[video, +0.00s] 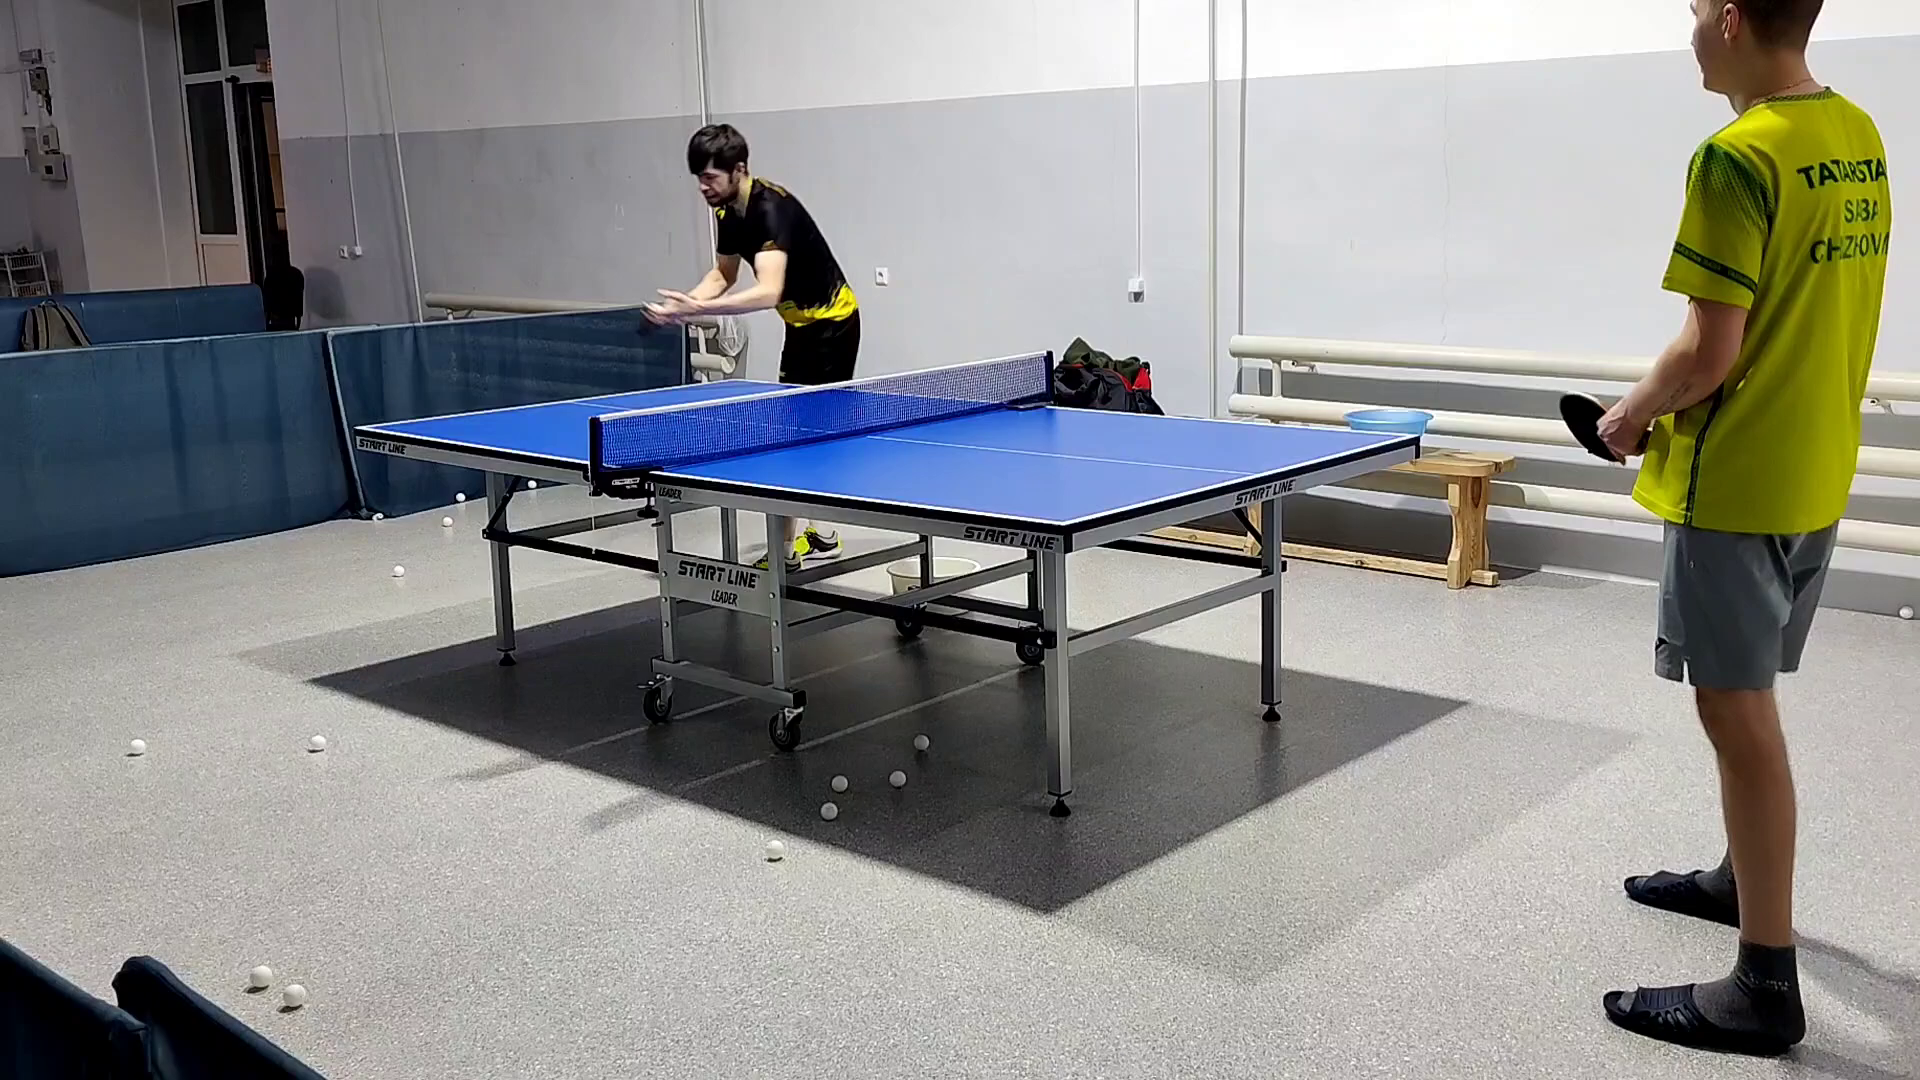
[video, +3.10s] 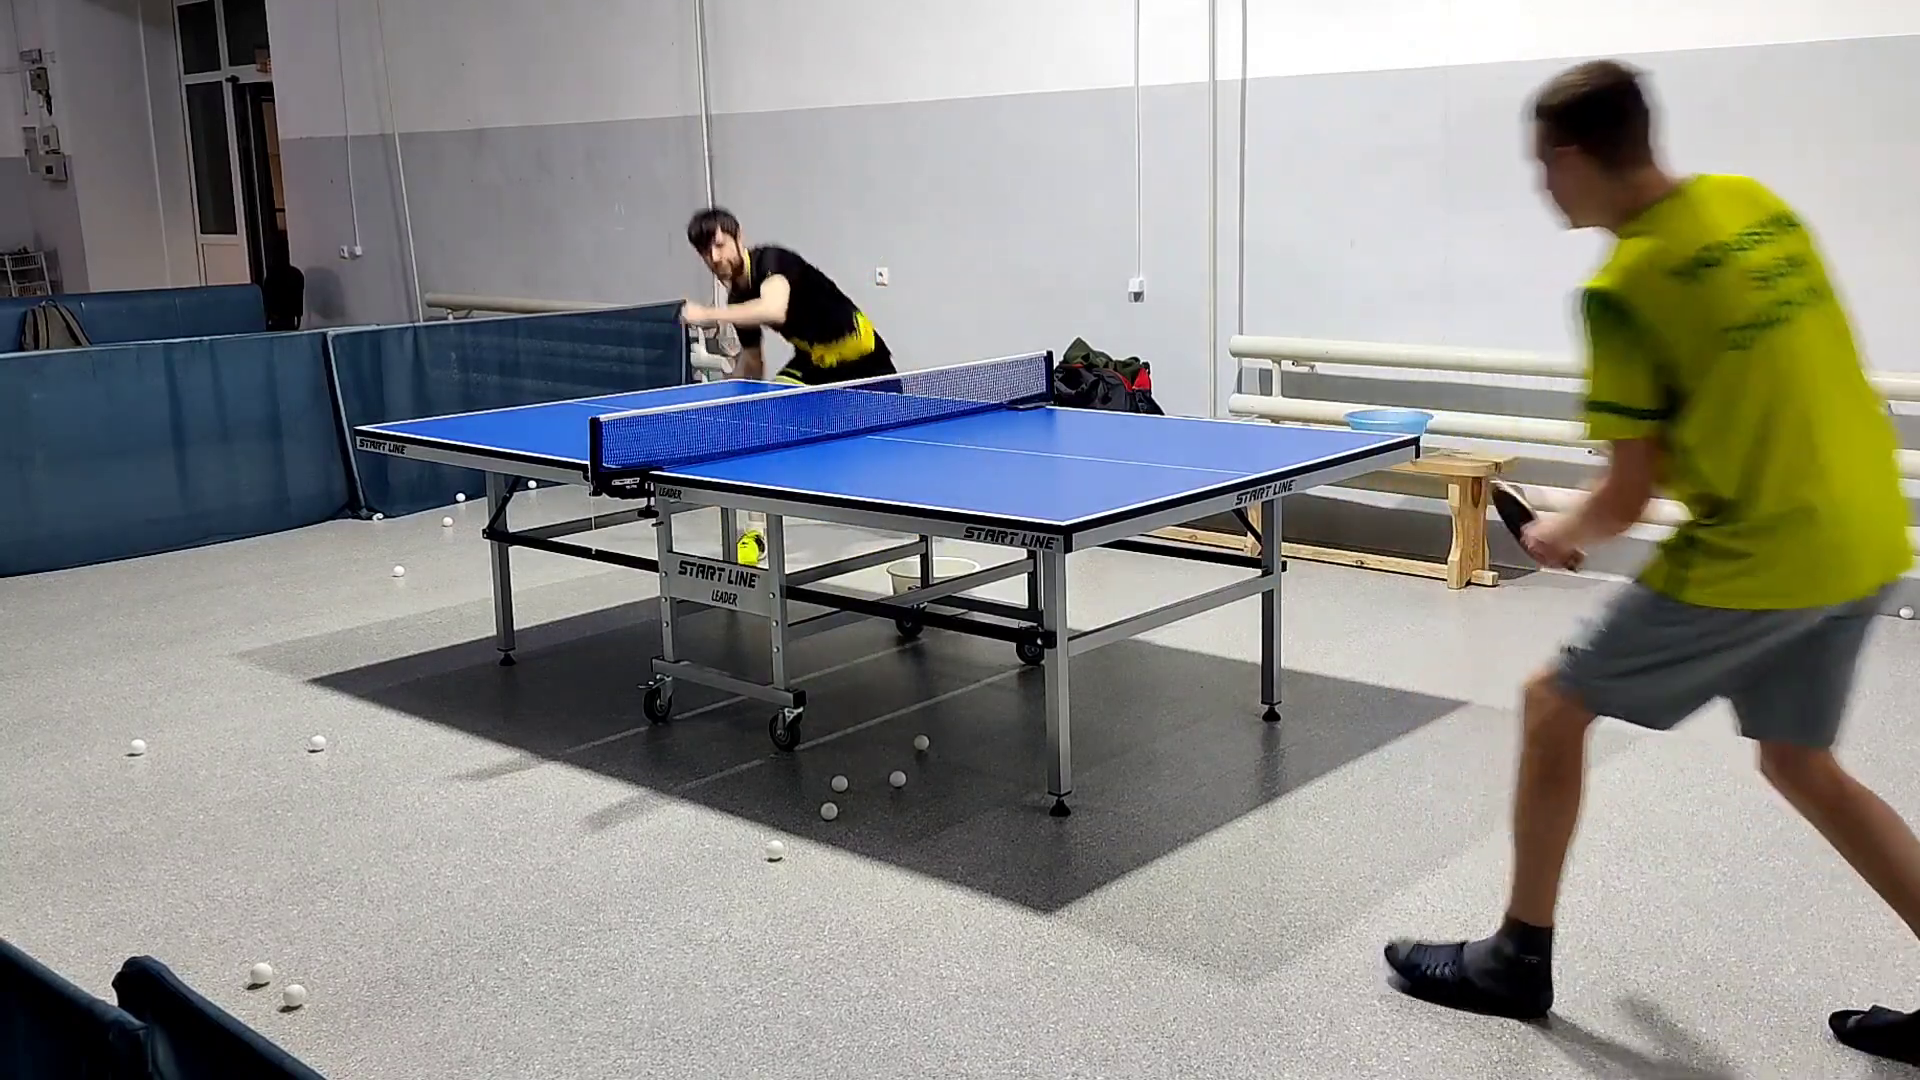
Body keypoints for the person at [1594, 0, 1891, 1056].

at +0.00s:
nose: (1692, 31)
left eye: (1698, 13)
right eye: (1695, 14)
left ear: (1732, 20)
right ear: (1798, 23)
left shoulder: (1737, 152)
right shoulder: (1857, 134)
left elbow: (1713, 348)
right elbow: (1823, 318)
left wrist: (1637, 411)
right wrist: (1668, 395)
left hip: (1741, 482)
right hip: (1816, 474)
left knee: (1740, 711)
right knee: (1740, 688)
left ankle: (1765, 987)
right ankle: (1744, 881)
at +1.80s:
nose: (1573, 100)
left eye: (1573, 78)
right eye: (1571, 80)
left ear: (1607, 73)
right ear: (1670, 59)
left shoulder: (1658, 189)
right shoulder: (1752, 135)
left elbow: (1651, 381)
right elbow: (1748, 324)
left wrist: (1554, 456)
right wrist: (1587, 440)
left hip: (1708, 474)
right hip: (1791, 455)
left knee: (1585, 672)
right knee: (1702, 651)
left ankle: (1680, 931)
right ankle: (1752, 871)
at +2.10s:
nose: (1509, 146)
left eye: (1514, 124)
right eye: (1505, 126)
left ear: (1564, 109)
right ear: (1574, 106)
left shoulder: (1657, 215)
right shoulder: (1635, 191)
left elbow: (1658, 418)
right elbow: (1661, 392)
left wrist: (1511, 502)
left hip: (1666, 505)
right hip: (1677, 497)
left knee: (1540, 682)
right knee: (1652, 670)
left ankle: (1517, 951)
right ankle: (1747, 878)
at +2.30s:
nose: (1407, 187)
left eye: (1411, 165)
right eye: (1400, 168)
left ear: (1465, 146)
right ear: (1471, 145)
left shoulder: (1562, 237)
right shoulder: (1559, 202)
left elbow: (1560, 440)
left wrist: (1438, 477)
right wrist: (1478, 474)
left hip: (1615, 511)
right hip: (1659, 491)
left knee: (1473, 689)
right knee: (1639, 676)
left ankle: (1512, 954)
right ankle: (1744, 878)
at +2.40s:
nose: (1356, 228)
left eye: (1359, 206)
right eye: (1349, 208)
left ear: (1414, 186)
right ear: (1426, 182)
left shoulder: (1509, 273)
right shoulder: (1537, 210)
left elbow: (1476, 468)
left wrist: (1328, 518)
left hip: (1604, 517)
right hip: (1667, 489)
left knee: (1439, 696)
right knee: (1631, 680)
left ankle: (1509, 956)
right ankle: (1741, 876)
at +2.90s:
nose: (1405, 219)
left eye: (1405, 199)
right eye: (1400, 200)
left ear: (1438, 190)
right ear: (1492, 169)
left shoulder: (1473, 313)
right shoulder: (1613, 206)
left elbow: (1476, 482)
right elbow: (1650, 354)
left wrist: (1438, 474)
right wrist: (1525, 429)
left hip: (1648, 541)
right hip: (1766, 512)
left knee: (1471, 694)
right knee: (1725, 710)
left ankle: (1509, 955)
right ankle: (1890, 935)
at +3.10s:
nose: (1545, 190)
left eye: (1548, 167)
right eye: (1542, 168)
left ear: (1585, 157)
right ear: (1639, 144)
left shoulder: (1625, 287)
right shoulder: (1754, 201)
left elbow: (1628, 492)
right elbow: (1806, 373)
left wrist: (1558, 535)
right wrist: (1664, 470)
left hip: (1751, 559)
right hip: (1864, 536)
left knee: (1555, 703)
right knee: (1797, 758)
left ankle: (1519, 957)